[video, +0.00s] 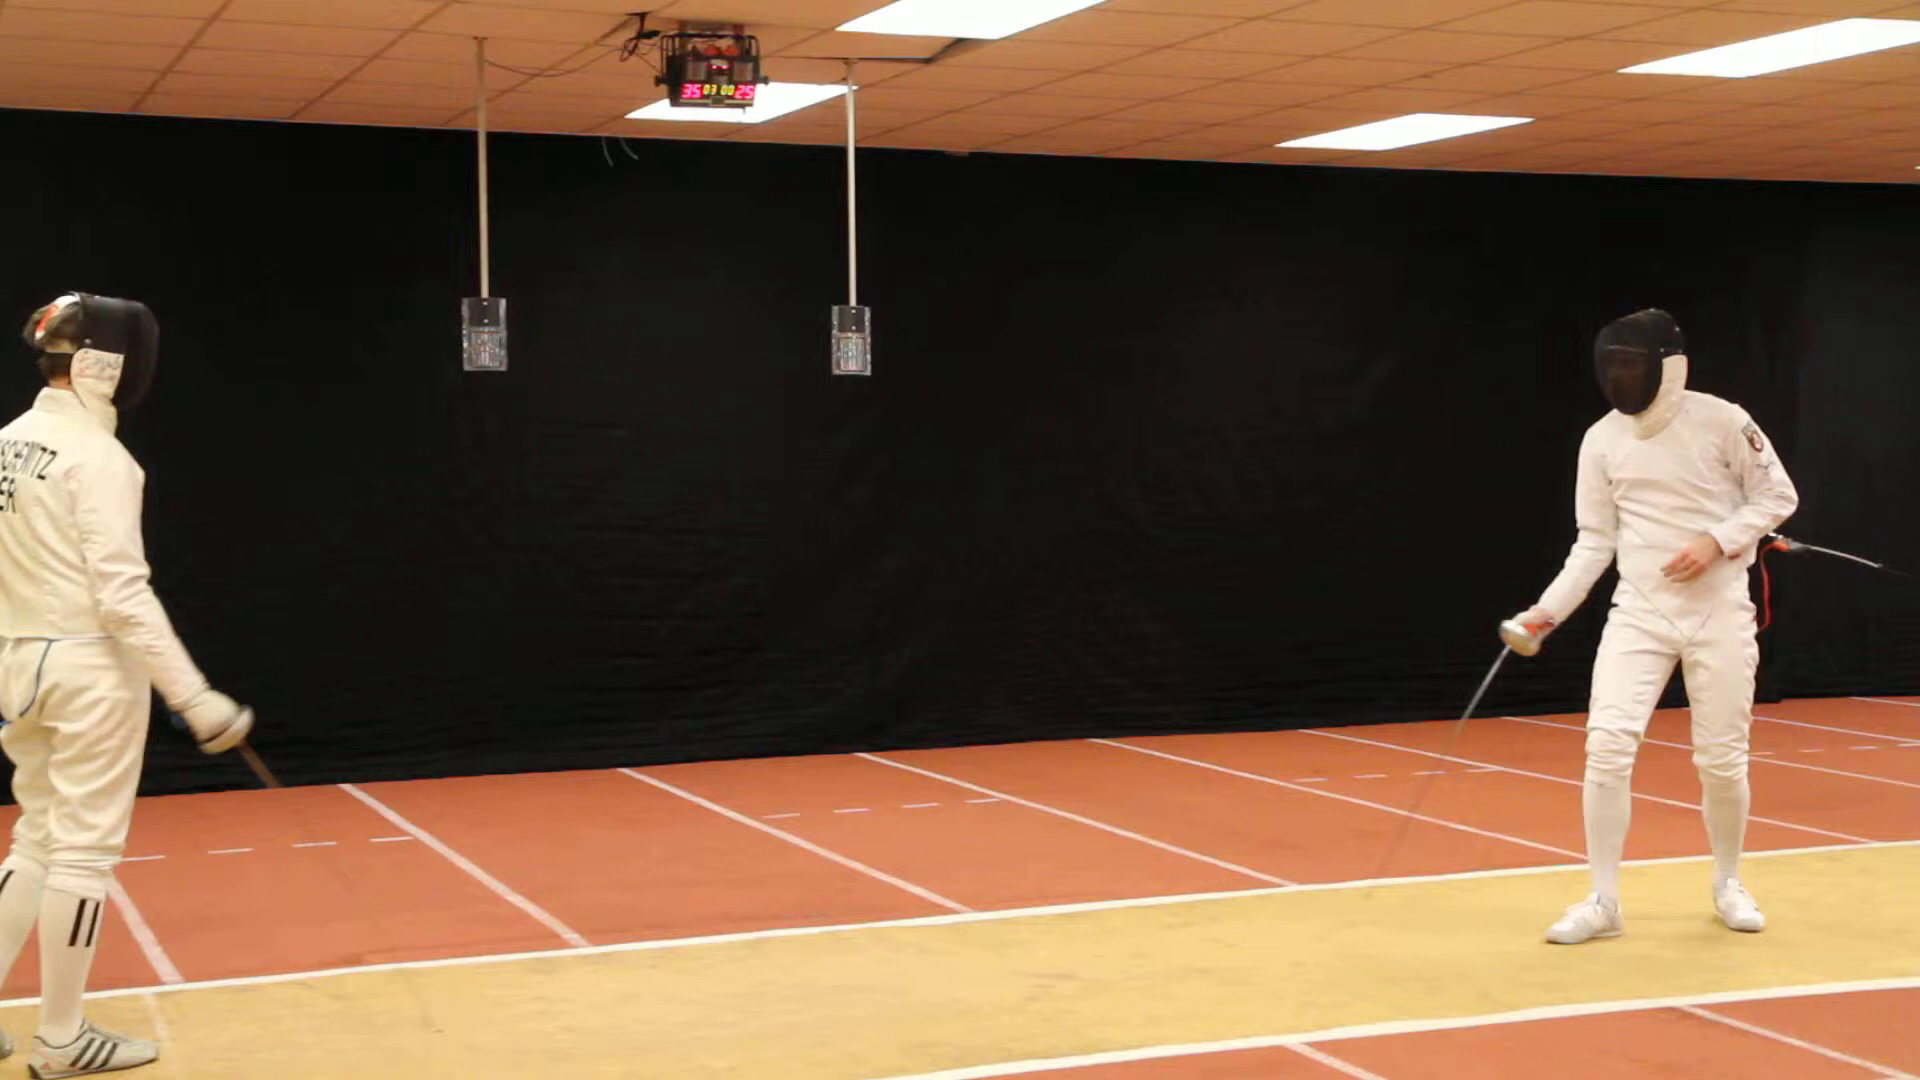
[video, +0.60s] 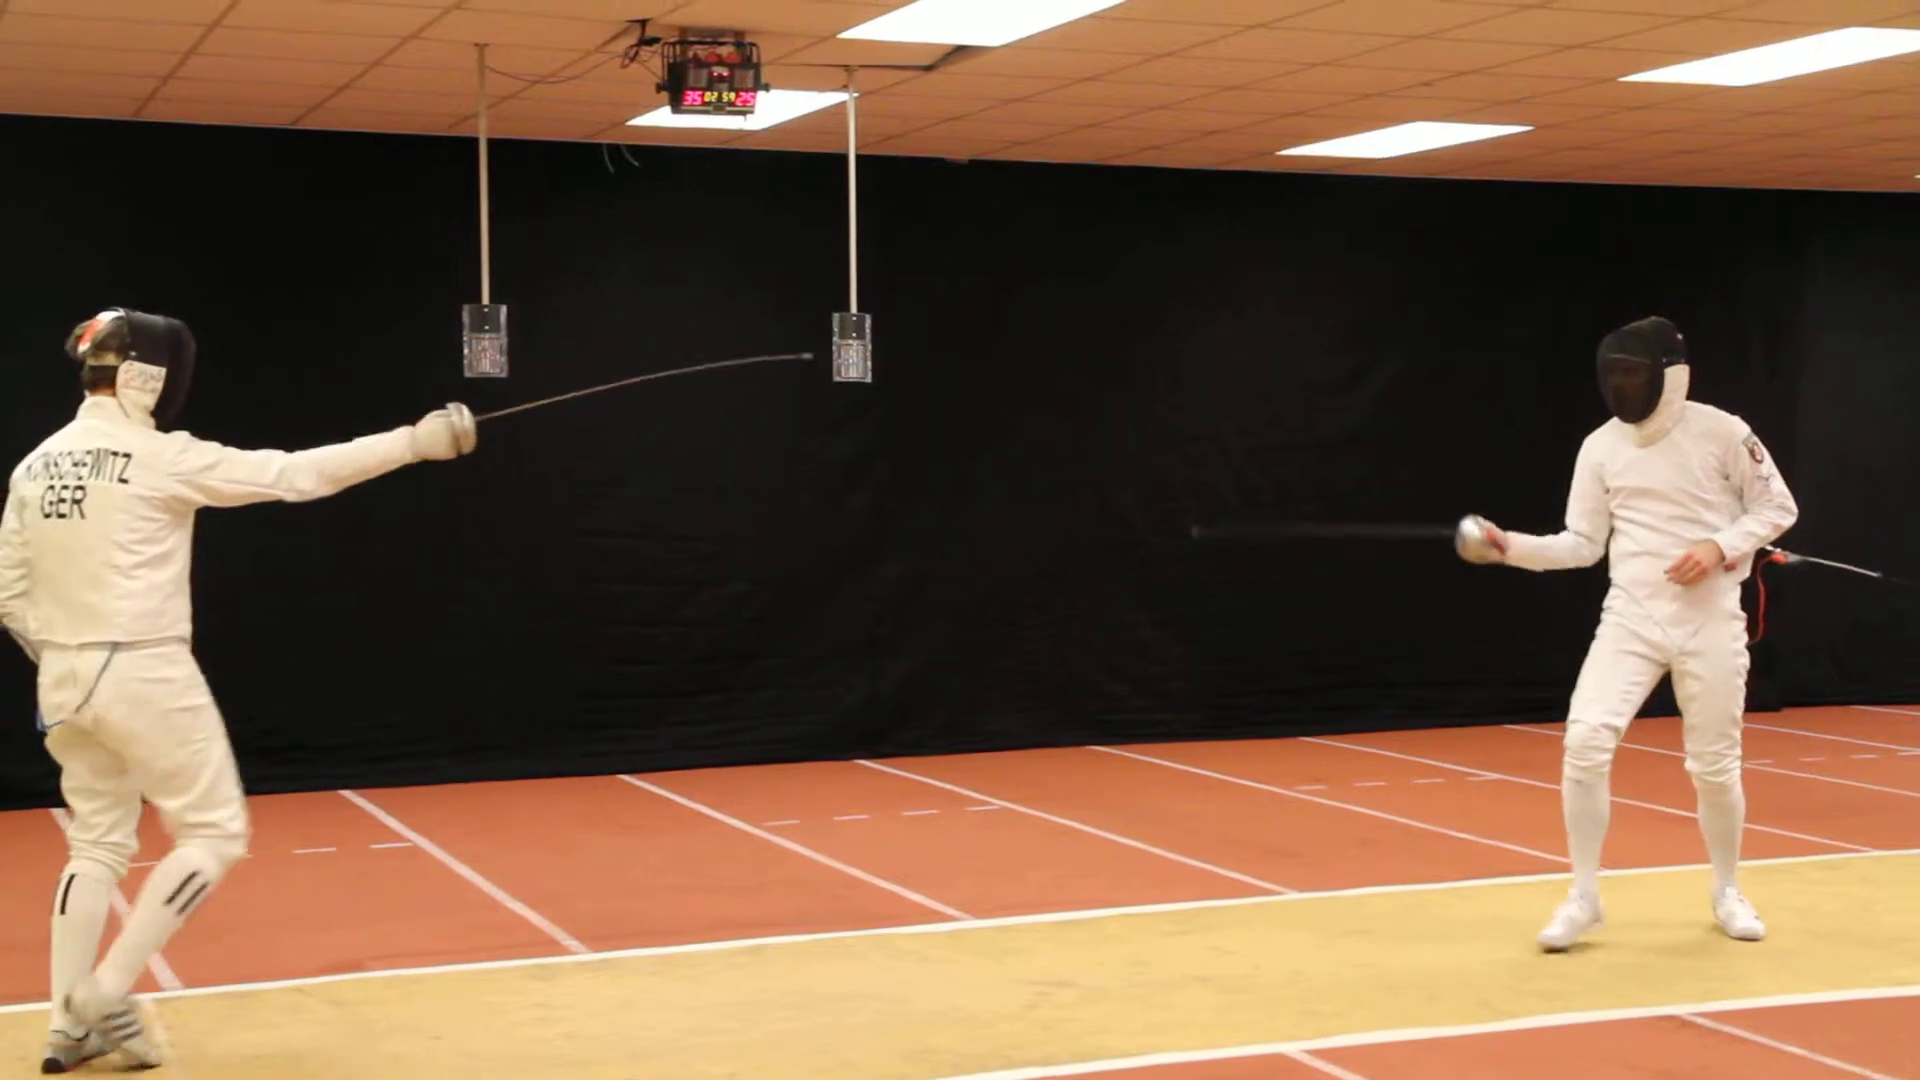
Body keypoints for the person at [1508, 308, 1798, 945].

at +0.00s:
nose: (1619, 377)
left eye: (1632, 364)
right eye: (1613, 364)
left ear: (1669, 364)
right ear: (1607, 367)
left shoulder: (1724, 423)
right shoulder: (1602, 442)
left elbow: (1778, 495)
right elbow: (1594, 540)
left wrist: (1718, 540)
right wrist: (1546, 612)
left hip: (1720, 617)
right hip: (1636, 616)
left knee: (1722, 762)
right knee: (1606, 749)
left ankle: (1729, 884)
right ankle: (1602, 901)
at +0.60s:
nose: (1620, 388)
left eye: (1634, 375)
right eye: (1614, 375)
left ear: (1671, 375)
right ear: (1608, 376)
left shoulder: (1722, 434)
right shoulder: (1600, 449)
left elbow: (1777, 508)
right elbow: (1584, 543)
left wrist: (1720, 548)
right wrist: (1510, 546)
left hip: (1709, 625)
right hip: (1629, 621)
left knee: (1715, 768)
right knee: (1584, 745)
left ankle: (1727, 893)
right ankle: (1584, 898)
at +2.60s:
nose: (1361, 408)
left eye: (1376, 395)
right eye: (1357, 395)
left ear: (1414, 399)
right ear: (1351, 396)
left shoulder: (1463, 462)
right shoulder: (1341, 471)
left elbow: (1515, 550)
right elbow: (1286, 552)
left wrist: (1488, 625)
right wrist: (1212, 533)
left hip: (1464, 660)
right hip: (1377, 655)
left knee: (1501, 800)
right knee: (1307, 775)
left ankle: (1537, 909)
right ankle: (1239, 920)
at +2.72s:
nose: (1305, 425)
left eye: (1320, 412)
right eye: (1300, 411)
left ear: (1361, 418)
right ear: (1294, 417)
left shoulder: (1412, 479)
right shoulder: (1286, 488)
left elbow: (1465, 563)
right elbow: (1211, 548)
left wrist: (1454, 645)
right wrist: (1127, 550)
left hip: (1424, 678)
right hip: (1334, 676)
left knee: (1491, 813)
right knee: (1255, 784)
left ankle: (1533, 906)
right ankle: (1197, 941)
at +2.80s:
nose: (1265, 456)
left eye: (1279, 442)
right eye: (1259, 443)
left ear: (1319, 443)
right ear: (1256, 448)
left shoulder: (1373, 503)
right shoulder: (1242, 516)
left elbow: (1431, 582)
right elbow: (1154, 544)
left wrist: (1443, 664)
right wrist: (1056, 557)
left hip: (1398, 692)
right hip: (1308, 692)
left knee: (1482, 829)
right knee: (1217, 780)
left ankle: (1517, 903)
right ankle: (1190, 946)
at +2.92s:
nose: (1227, 473)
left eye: (1240, 460)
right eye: (1223, 460)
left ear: (1280, 465)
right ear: (1223, 467)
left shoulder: (1346, 521)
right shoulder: (1214, 535)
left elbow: (1410, 599)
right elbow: (1128, 558)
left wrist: (1437, 676)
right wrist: (1027, 565)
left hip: (1380, 700)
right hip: (1289, 705)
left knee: (1462, 840)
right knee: (1198, 779)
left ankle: (1500, 902)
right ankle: (1189, 948)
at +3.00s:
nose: (1238, 473)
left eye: (1251, 460)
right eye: (1233, 460)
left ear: (1293, 460)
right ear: (1229, 462)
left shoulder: (1351, 515)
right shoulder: (1225, 527)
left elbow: (1418, 590)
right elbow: (1154, 593)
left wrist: (1432, 672)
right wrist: (1063, 589)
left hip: (1380, 697)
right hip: (1290, 701)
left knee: (1461, 836)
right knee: (1202, 780)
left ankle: (1504, 893)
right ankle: (1190, 944)